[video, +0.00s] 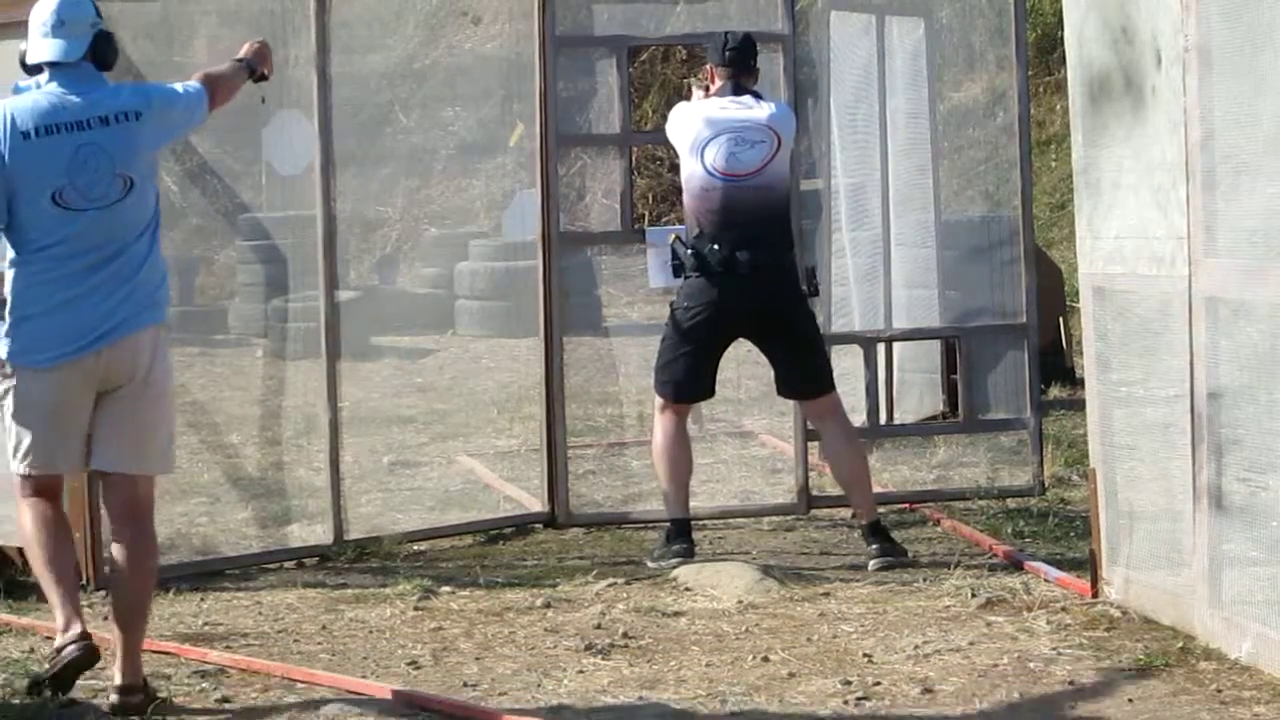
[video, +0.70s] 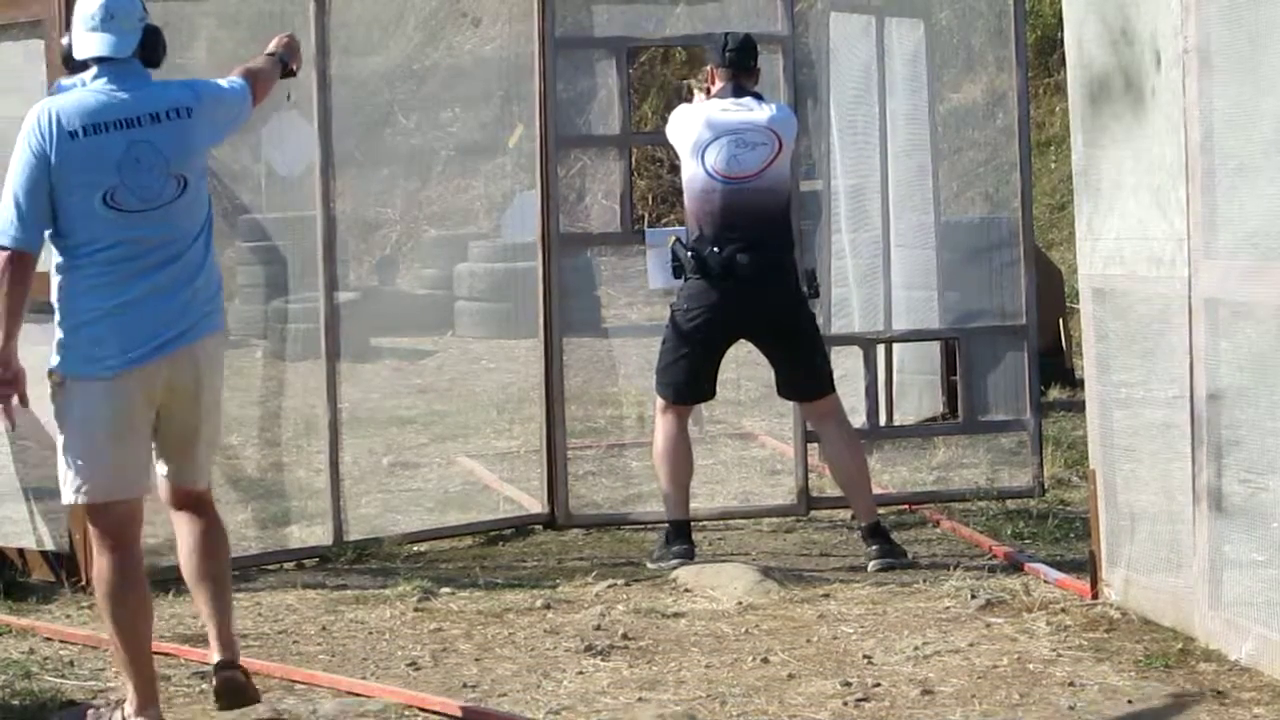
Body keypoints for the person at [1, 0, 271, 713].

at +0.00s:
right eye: (106, 48)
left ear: (33, 56)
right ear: (100, 51)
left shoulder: (8, 120)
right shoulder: (138, 108)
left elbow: (6, 227)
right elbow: (213, 89)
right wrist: (248, 62)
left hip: (41, 333)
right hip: (135, 325)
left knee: (38, 489)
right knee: (131, 506)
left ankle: (68, 629)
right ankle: (130, 677)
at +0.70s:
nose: (65, 52)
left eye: (68, 43)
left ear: (73, 51)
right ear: (146, 47)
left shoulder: (49, 120)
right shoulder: (191, 104)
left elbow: (17, 255)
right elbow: (250, 86)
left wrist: (6, 353)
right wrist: (277, 54)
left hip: (101, 352)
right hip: (195, 335)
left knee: (114, 535)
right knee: (192, 495)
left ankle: (142, 703)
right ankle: (225, 653)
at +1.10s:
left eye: (148, 55)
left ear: (147, 57)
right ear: (223, 50)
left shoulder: (130, 125)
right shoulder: (268, 107)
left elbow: (101, 262)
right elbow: (308, 79)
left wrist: (84, 364)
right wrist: (323, 45)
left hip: (168, 356)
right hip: (268, 344)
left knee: (149, 537)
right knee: (293, 532)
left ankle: (144, 704)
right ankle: (329, 702)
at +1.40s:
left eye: (207, 44)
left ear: (205, 48)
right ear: (279, 43)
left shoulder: (190, 113)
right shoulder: (324, 99)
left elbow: (164, 246)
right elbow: (357, 76)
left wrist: (149, 350)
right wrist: (370, 45)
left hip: (226, 351)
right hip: (327, 338)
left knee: (193, 531)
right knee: (326, 533)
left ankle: (179, 699)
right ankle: (336, 705)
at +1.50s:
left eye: (221, 46)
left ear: (216, 48)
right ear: (290, 42)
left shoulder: (200, 112)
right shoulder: (334, 99)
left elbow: (172, 244)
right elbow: (365, 78)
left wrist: (153, 347)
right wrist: (376, 48)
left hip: (233, 348)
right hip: (334, 337)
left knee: (206, 526)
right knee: (328, 527)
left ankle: (214, 698)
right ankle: (337, 705)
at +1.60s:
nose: (222, 59)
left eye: (225, 46)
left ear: (222, 47)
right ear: (296, 39)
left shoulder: (206, 111)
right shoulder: (341, 100)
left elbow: (176, 245)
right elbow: (368, 80)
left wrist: (153, 345)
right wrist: (378, 49)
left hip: (238, 349)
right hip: (338, 337)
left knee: (218, 523)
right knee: (329, 528)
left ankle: (250, 696)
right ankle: (338, 703)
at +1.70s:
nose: (223, 57)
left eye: (225, 45)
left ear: (224, 47)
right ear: (298, 39)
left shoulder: (208, 111)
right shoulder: (342, 100)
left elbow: (177, 245)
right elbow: (369, 79)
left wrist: (154, 346)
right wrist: (378, 47)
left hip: (241, 349)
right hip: (340, 338)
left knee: (233, 524)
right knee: (331, 527)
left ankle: (275, 690)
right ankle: (338, 701)